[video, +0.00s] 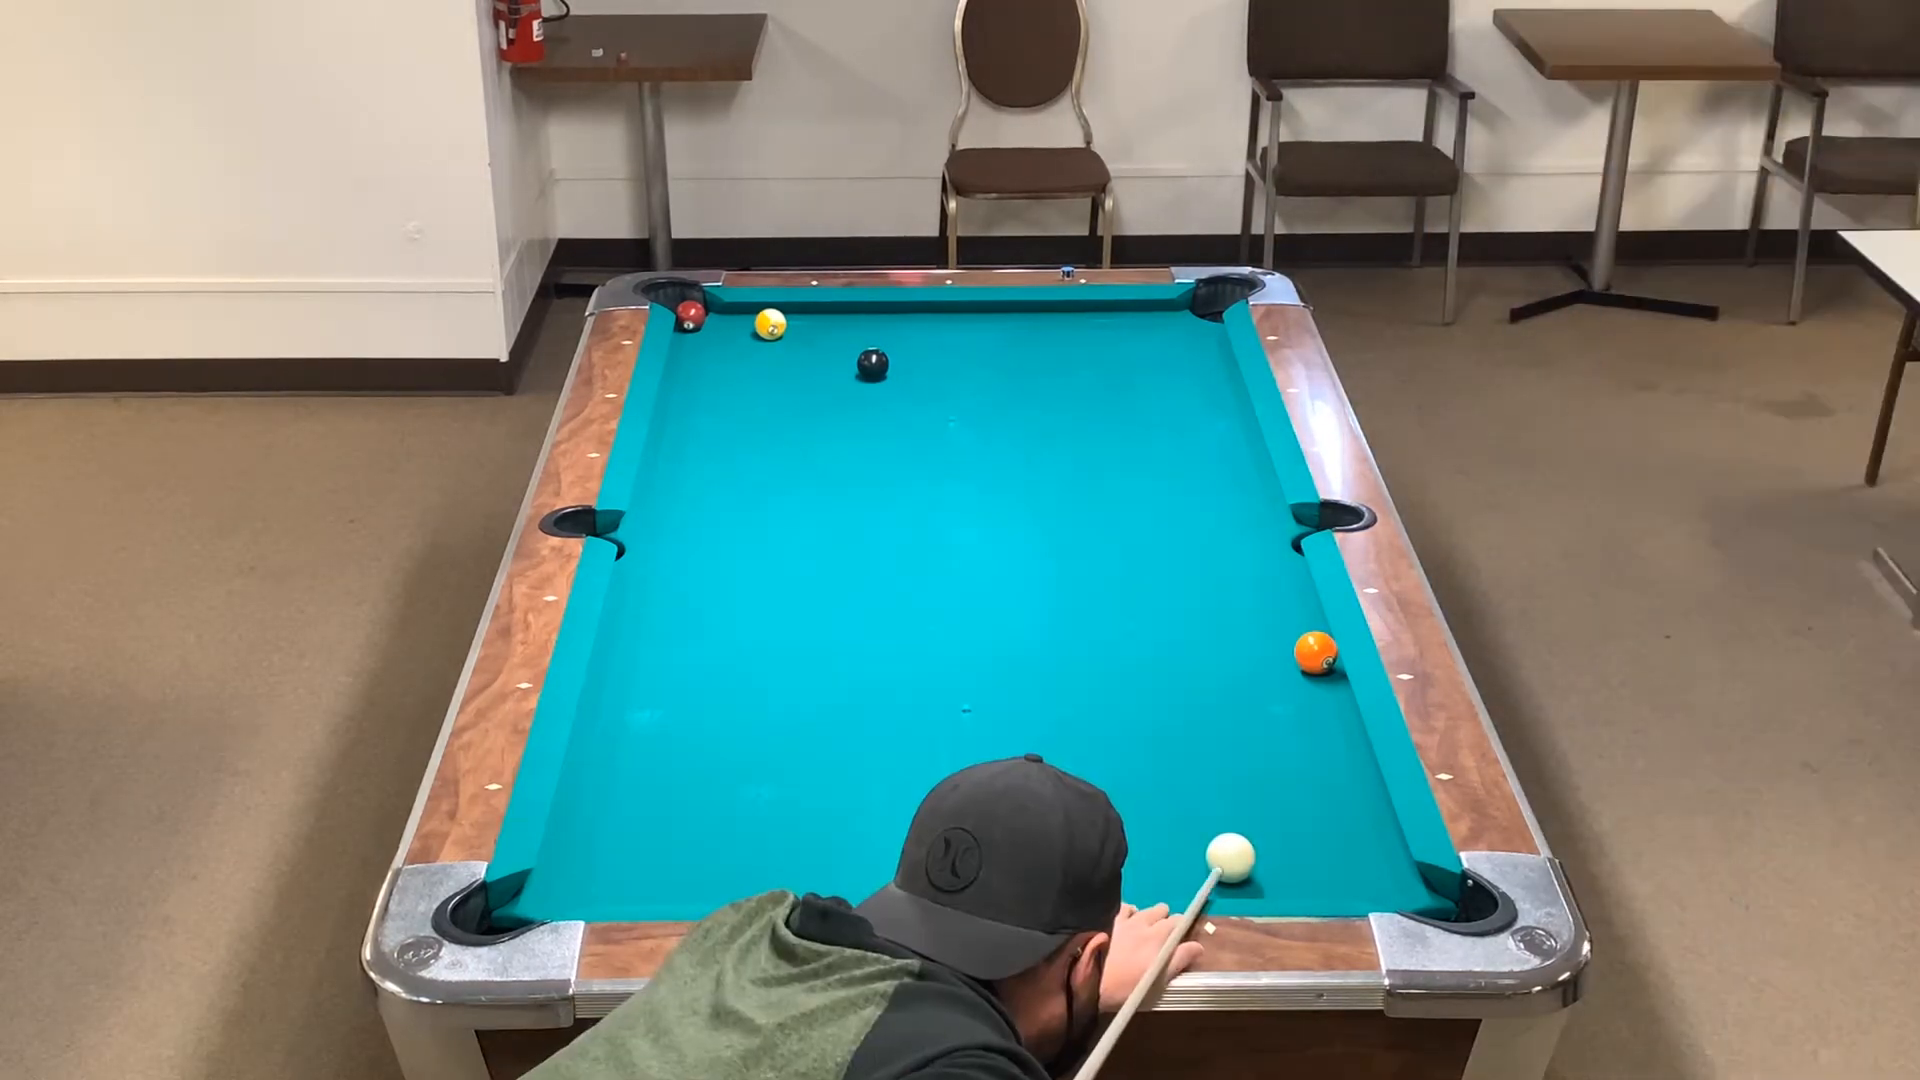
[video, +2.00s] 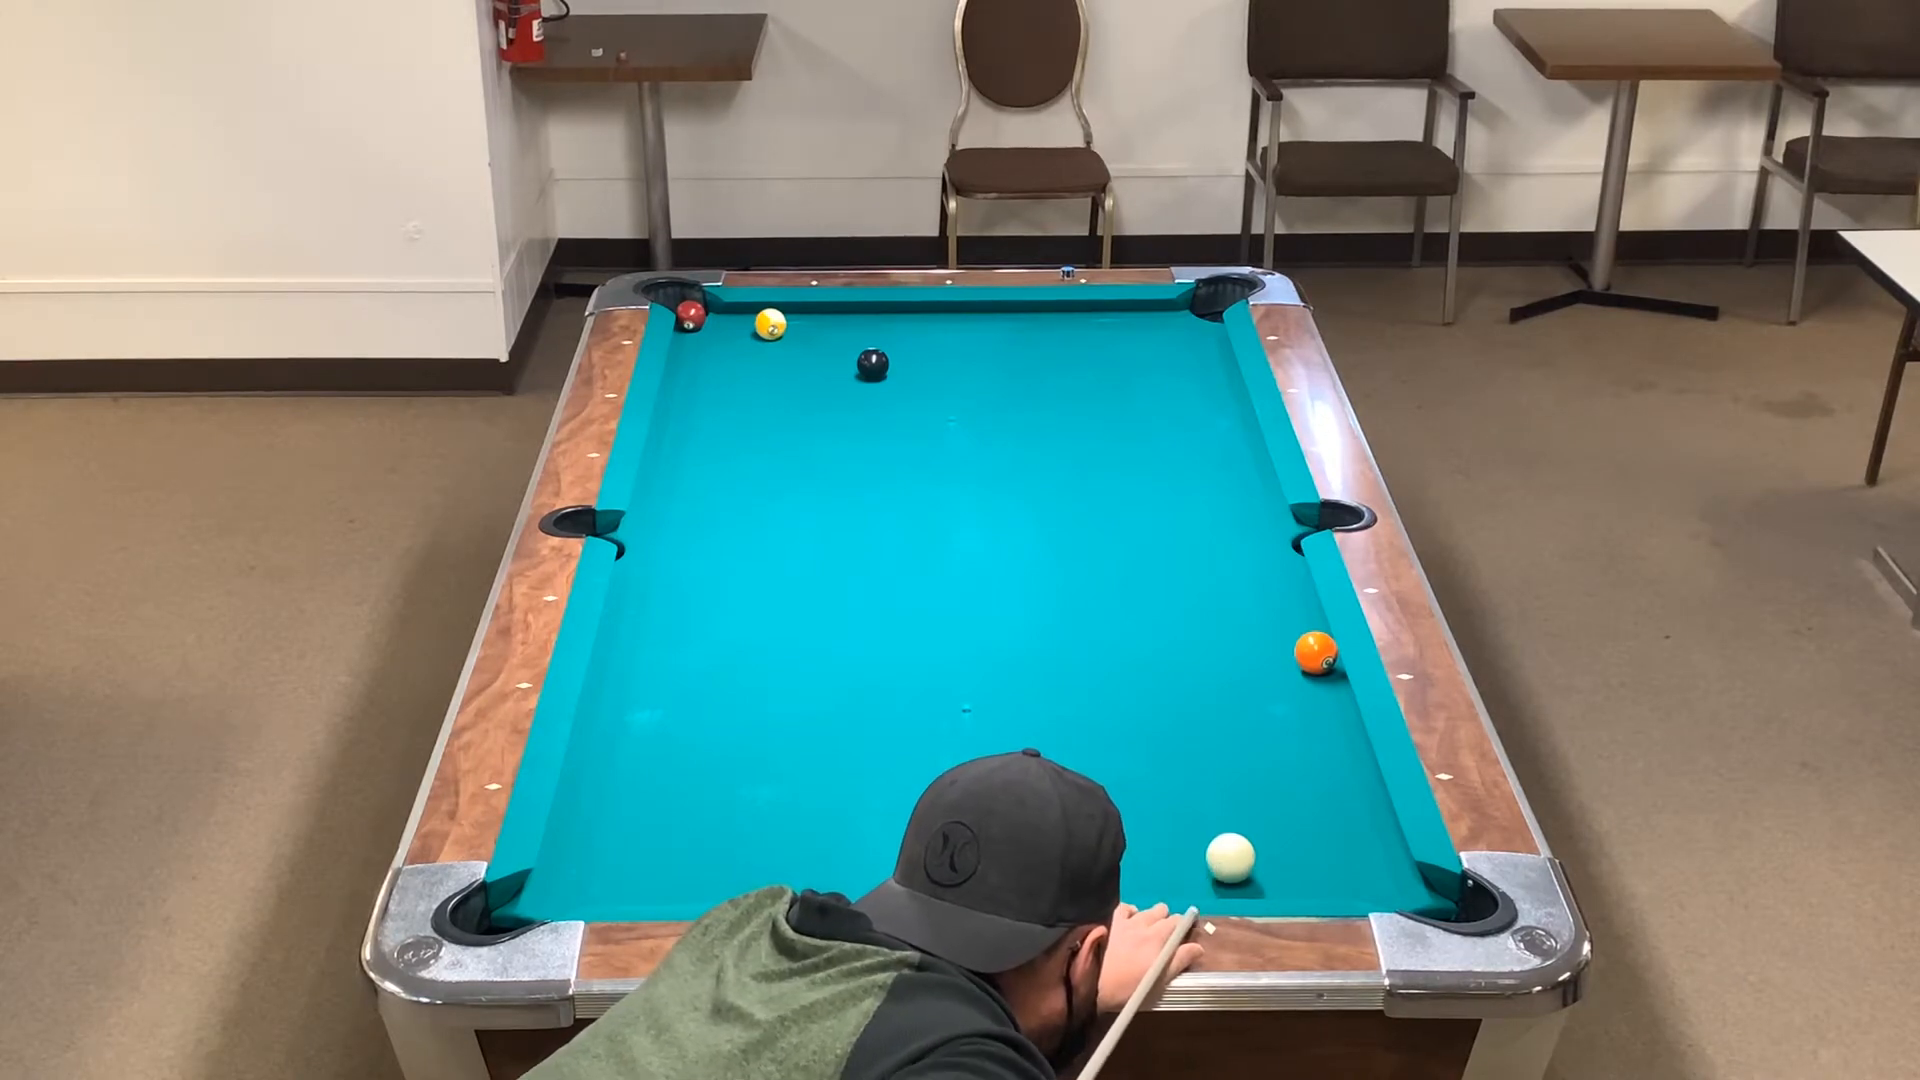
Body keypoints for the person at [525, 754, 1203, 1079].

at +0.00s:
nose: (1108, 948)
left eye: (1109, 936)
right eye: (1110, 936)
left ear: (910, 876)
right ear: (1082, 962)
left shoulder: (755, 921)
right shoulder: (965, 1061)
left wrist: (1080, 993)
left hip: (557, 1066)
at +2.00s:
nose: (1108, 940)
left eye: (1107, 929)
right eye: (1107, 928)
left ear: (908, 873)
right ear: (1082, 958)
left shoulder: (750, 916)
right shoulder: (969, 1057)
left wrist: (1076, 994)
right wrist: (1100, 1016)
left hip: (558, 1063)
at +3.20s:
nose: (1068, 874)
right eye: (1069, 853)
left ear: (878, 786)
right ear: (1055, 867)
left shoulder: (754, 857)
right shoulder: (966, 1031)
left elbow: (859, 1004)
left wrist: (1059, 985)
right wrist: (1074, 988)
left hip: (510, 1052)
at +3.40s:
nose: (1056, 751)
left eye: (1053, 729)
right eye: (1057, 733)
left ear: (854, 688)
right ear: (1040, 759)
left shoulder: (750, 793)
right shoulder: (967, 971)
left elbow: (821, 947)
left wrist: (1057, 972)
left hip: (465, 1044)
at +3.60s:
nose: (1019, 613)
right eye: (1023, 592)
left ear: (806, 578)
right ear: (1003, 620)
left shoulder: (709, 709)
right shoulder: (942, 862)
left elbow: (800, 892)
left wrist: (1040, 955)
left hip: (430, 1048)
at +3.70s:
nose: (991, 552)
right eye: (991, 531)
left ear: (779, 519)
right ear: (974, 557)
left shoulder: (675, 670)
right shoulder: (926, 807)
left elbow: (773, 886)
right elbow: (885, 1068)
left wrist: (1026, 954)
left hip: (417, 1053)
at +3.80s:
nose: (962, 483)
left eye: (953, 458)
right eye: (959, 463)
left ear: (752, 461)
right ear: (942, 491)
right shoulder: (900, 755)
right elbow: (870, 1061)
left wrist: (1016, 952)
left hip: (425, 1047)